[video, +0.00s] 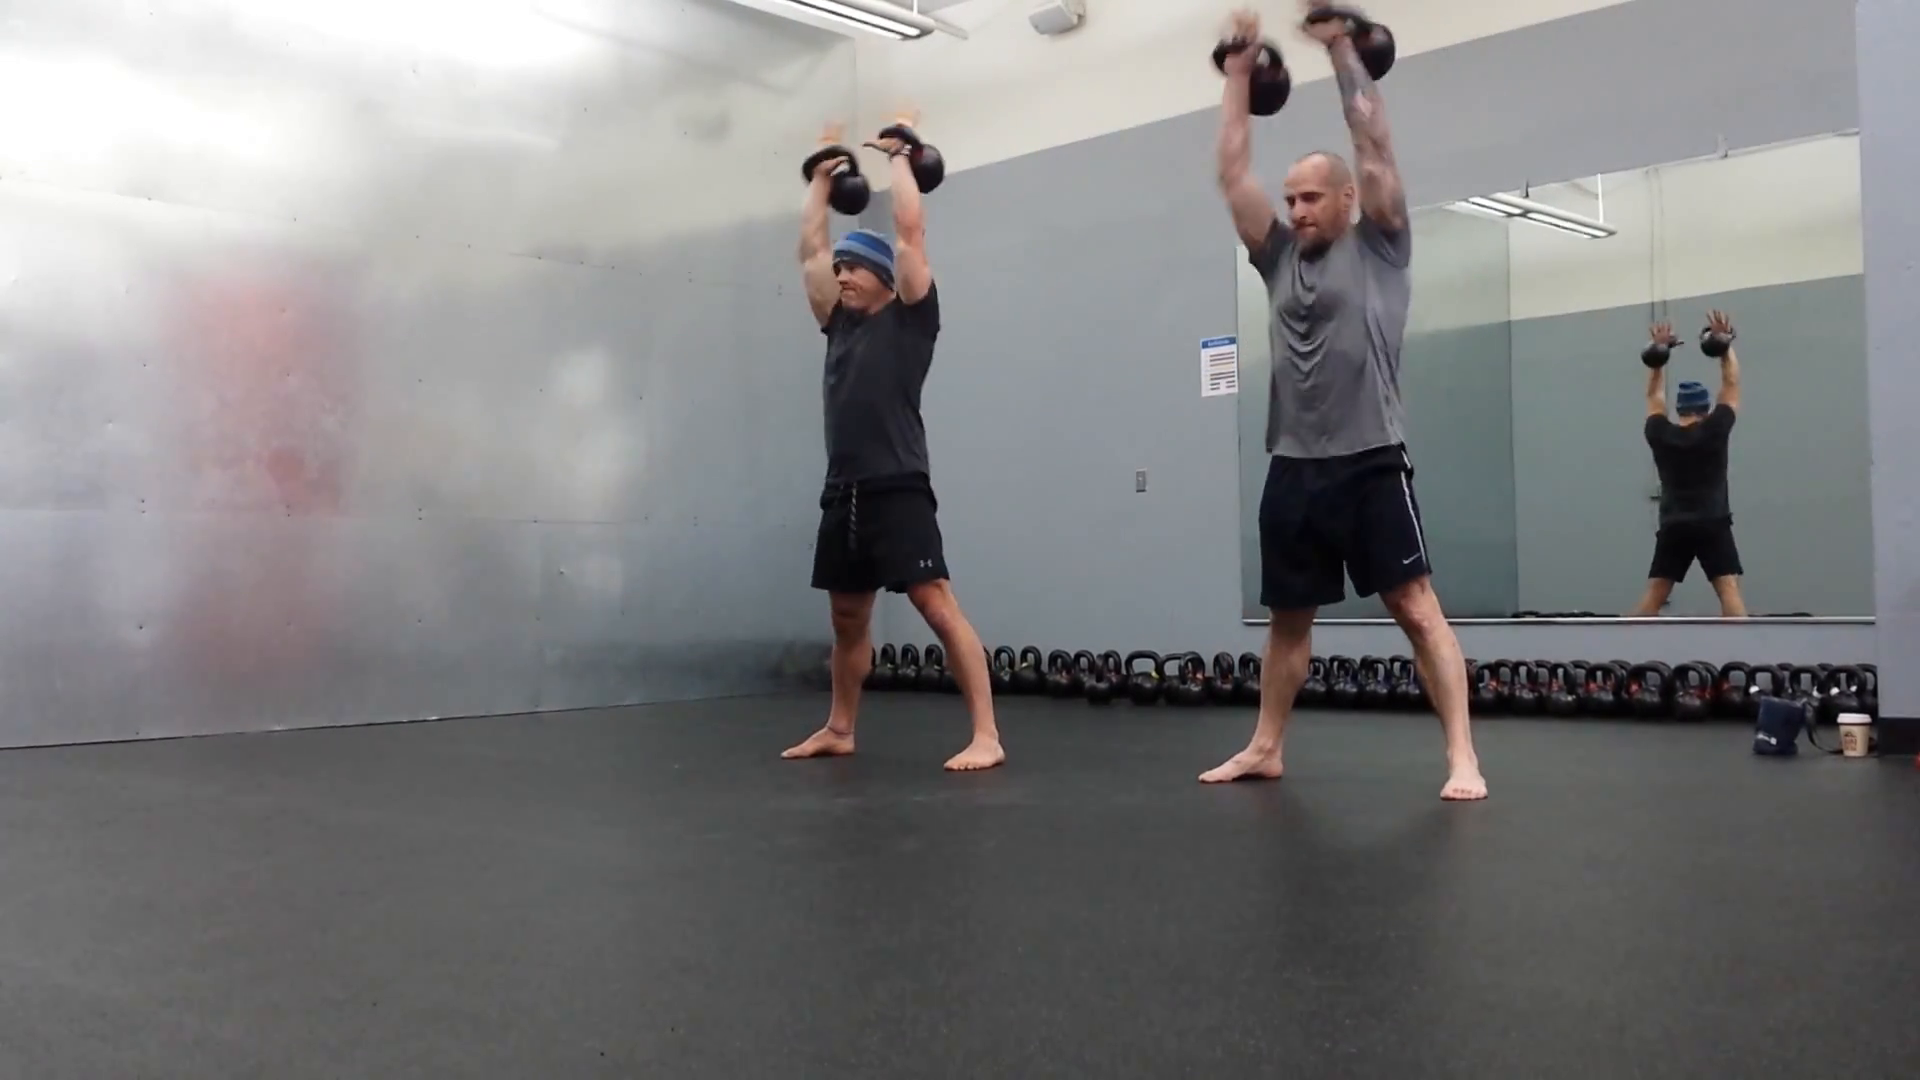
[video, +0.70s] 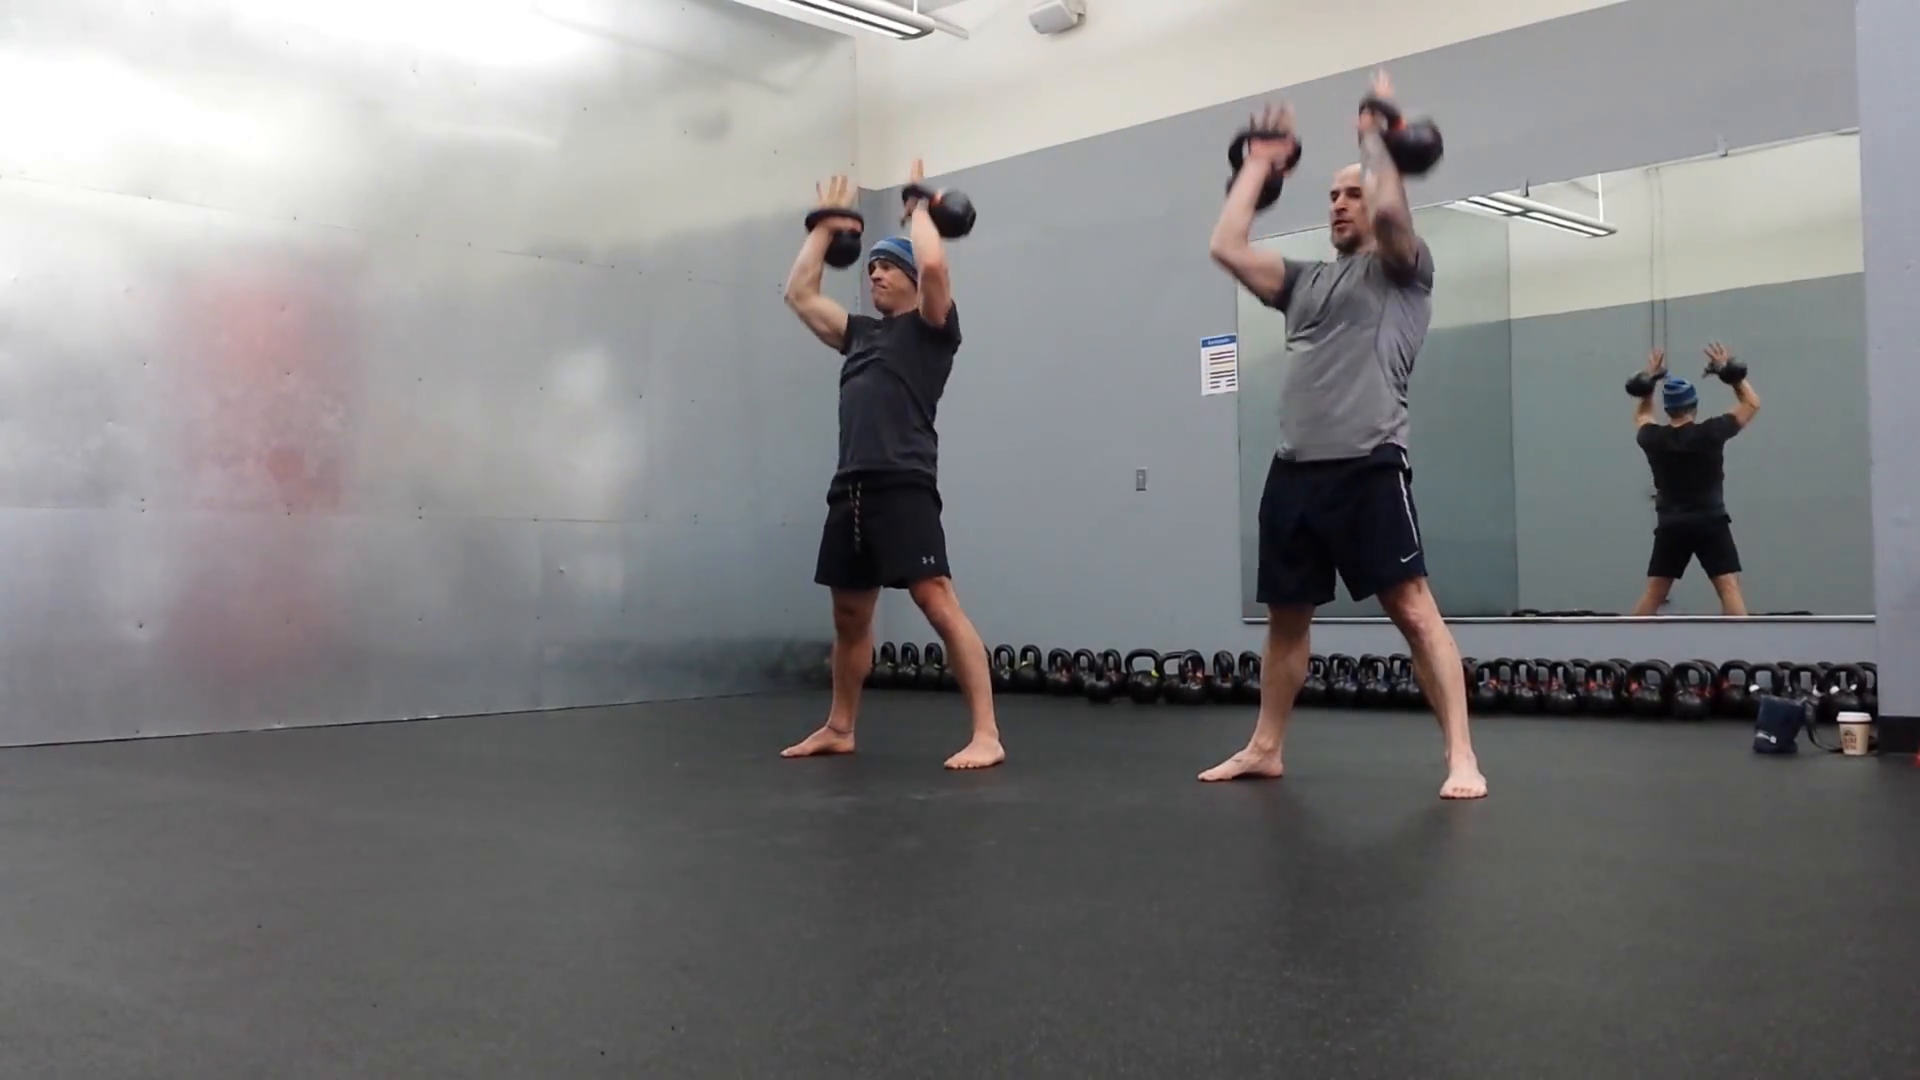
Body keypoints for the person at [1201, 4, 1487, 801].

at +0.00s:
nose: (1298, 209)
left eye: (1309, 197)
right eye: (1294, 200)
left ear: (1346, 198)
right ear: (1288, 208)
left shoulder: (1380, 248)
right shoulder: (1280, 257)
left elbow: (1376, 146)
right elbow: (1232, 171)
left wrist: (1340, 48)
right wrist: (1238, 71)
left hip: (1373, 461)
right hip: (1293, 466)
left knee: (1415, 607)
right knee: (1288, 617)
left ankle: (1462, 759)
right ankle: (1265, 747)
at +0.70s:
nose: (1339, 205)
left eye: (1353, 196)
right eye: (1333, 198)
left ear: (1380, 206)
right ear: (1325, 211)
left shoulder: (1403, 272)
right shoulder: (1304, 280)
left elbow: (1391, 220)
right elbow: (1228, 245)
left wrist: (1379, 144)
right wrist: (1256, 167)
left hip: (1371, 470)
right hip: (1296, 472)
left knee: (1414, 611)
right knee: (1285, 618)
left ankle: (1461, 760)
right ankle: (1264, 747)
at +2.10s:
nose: (1342, 214)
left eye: (1356, 202)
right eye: (1336, 204)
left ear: (1390, 207)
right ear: (1330, 215)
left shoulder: (1420, 280)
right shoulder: (1316, 294)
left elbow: (1400, 354)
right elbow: (1280, 378)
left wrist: (1343, 327)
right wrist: (1259, 341)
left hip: (1399, 470)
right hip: (1323, 473)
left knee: (1429, 605)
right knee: (1284, 610)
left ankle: (1465, 757)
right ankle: (1264, 746)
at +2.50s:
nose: (1282, 323)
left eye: (1294, 309)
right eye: (1277, 312)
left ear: (1332, 308)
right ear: (1275, 317)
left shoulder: (1385, 380)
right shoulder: (1279, 395)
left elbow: (1398, 496)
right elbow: (1291, 494)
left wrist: (1393, 590)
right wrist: (1309, 585)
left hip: (1419, 512)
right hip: (1344, 517)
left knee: (1453, 604)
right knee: (1239, 608)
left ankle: (1469, 755)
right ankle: (1259, 745)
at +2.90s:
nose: (1288, 265)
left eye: (1303, 253)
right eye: (1285, 255)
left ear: (1338, 262)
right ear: (1283, 269)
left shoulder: (1380, 347)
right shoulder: (1276, 357)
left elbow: (1384, 455)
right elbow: (1284, 458)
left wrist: (1374, 553)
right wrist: (1302, 549)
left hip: (1396, 494)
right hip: (1319, 498)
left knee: (1451, 601)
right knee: (1238, 603)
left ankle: (1469, 755)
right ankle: (1260, 744)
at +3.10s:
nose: (1356, 222)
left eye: (1370, 210)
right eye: (1349, 213)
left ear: (1404, 216)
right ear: (1342, 225)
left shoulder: (1432, 282)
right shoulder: (1332, 294)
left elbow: (1388, 332)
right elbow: (1292, 347)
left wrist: (1329, 375)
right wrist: (1255, 389)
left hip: (1397, 469)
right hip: (1322, 472)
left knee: (1427, 610)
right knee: (1300, 613)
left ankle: (1464, 756)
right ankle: (1266, 745)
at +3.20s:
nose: (1358, 225)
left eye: (1372, 213)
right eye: (1352, 216)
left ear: (1406, 220)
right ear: (1346, 228)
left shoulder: (1435, 284)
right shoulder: (1334, 297)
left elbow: (1388, 303)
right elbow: (1284, 332)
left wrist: (1313, 311)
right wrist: (1231, 331)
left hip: (1396, 474)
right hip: (1319, 473)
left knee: (1429, 613)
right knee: (1295, 614)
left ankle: (1464, 755)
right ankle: (1265, 745)